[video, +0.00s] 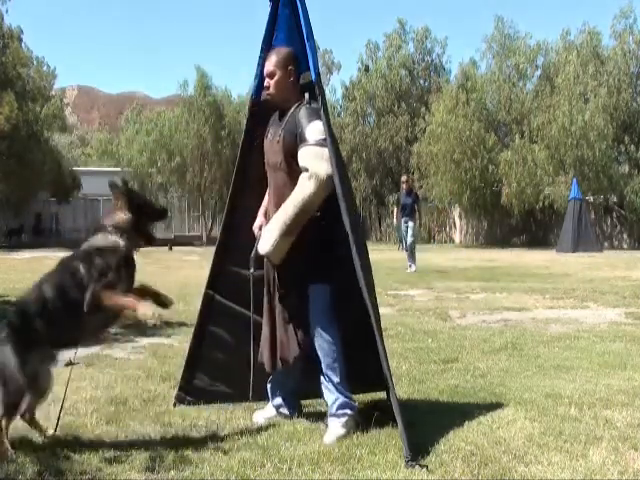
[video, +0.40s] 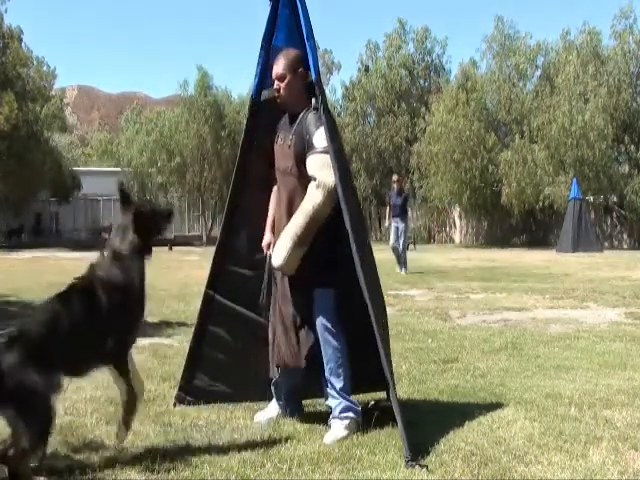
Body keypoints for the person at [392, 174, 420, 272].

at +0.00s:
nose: (404, 185)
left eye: (406, 183)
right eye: (403, 183)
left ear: (409, 183)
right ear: (401, 184)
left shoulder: (414, 194)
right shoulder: (400, 195)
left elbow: (418, 208)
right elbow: (396, 207)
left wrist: (420, 220)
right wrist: (395, 218)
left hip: (412, 218)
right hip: (403, 218)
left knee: (410, 241)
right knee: (405, 241)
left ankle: (412, 262)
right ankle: (409, 262)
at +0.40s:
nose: (395, 184)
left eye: (397, 182)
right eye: (394, 182)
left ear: (401, 182)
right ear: (392, 183)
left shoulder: (405, 194)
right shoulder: (390, 195)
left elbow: (410, 208)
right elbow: (388, 207)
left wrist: (412, 220)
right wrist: (387, 219)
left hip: (403, 220)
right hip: (394, 220)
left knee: (402, 244)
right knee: (392, 243)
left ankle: (403, 267)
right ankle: (399, 263)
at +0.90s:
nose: (377, 184)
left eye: (379, 181)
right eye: (375, 182)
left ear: (383, 181)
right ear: (373, 183)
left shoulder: (390, 194)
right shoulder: (374, 194)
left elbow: (392, 208)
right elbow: (371, 208)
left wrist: (390, 221)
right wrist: (368, 222)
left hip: (386, 220)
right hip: (377, 220)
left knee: (384, 245)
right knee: (378, 246)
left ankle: (390, 264)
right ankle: (380, 268)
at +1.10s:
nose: (372, 185)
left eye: (373, 182)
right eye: (370, 183)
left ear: (377, 182)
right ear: (368, 184)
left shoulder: (383, 194)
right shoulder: (365, 195)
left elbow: (387, 206)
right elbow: (363, 207)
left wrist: (384, 216)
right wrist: (365, 216)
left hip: (379, 220)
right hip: (369, 219)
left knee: (377, 244)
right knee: (370, 244)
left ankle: (379, 267)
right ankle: (372, 268)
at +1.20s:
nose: (369, 185)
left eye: (371, 183)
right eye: (367, 183)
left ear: (374, 183)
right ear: (365, 184)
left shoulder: (380, 196)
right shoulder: (362, 195)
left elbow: (384, 208)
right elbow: (359, 208)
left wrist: (385, 218)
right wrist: (359, 219)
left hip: (375, 222)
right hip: (364, 221)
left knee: (373, 245)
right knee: (364, 245)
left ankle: (375, 266)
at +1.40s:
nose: (362, 184)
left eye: (364, 181)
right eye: (360, 181)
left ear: (368, 181)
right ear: (358, 182)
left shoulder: (374, 193)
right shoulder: (359, 194)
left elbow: (379, 207)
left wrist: (380, 223)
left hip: (370, 219)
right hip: (360, 219)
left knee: (370, 239)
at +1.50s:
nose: (359, 184)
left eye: (360, 181)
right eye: (357, 182)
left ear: (365, 181)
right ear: (355, 182)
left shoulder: (370, 192)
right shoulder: (355, 193)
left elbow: (372, 206)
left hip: (367, 218)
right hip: (357, 219)